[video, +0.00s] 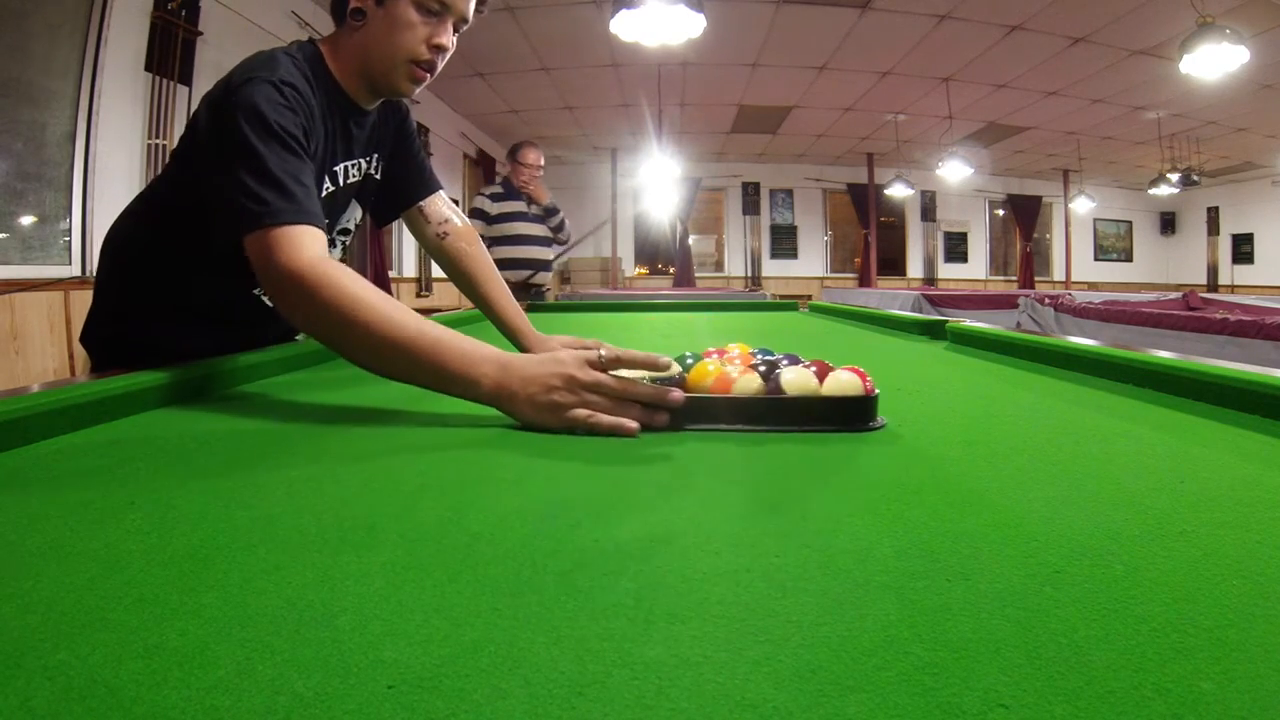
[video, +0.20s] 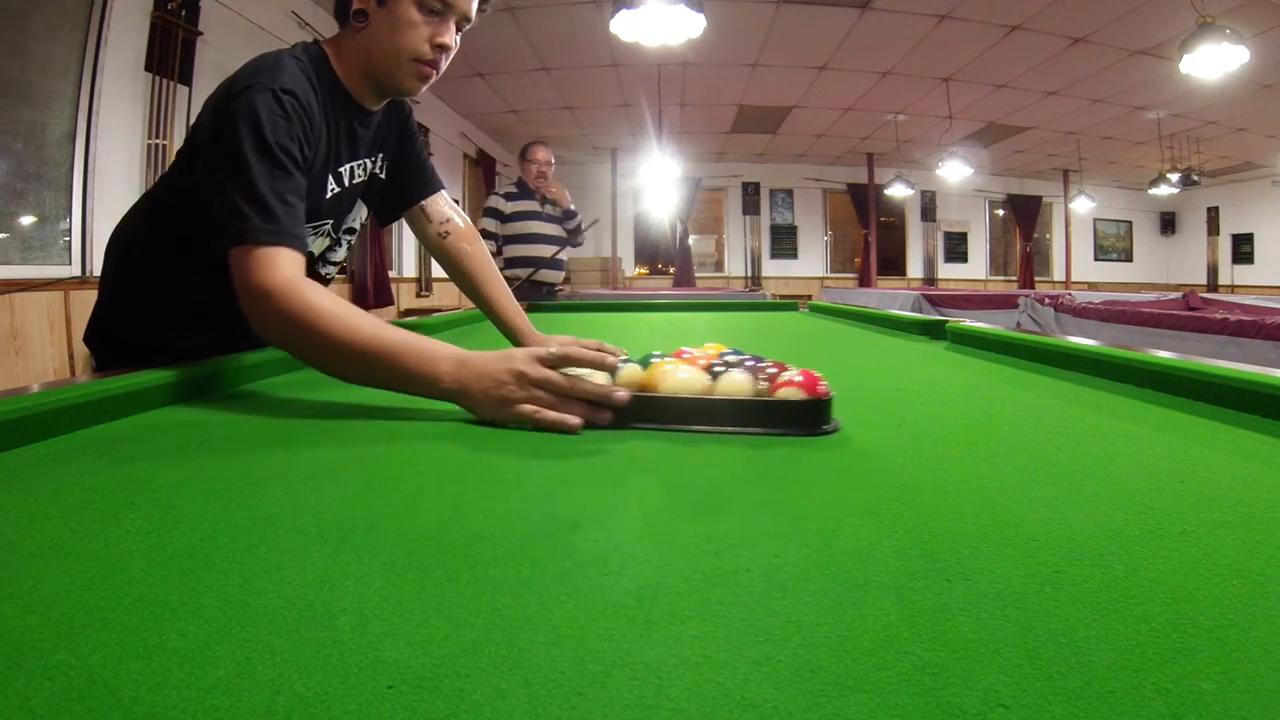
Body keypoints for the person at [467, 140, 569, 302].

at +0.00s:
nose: (536, 174)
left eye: (540, 168)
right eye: (529, 167)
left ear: (543, 169)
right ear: (511, 164)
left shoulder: (541, 199)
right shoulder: (489, 196)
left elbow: (564, 239)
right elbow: (472, 241)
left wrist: (547, 203)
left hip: (537, 293)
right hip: (502, 291)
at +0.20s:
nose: (542, 169)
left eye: (548, 164)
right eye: (535, 163)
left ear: (554, 168)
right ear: (522, 165)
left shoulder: (559, 200)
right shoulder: (502, 198)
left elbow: (577, 240)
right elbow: (485, 249)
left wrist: (566, 205)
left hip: (550, 293)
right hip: (515, 291)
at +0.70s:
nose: (544, 163)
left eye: (550, 157)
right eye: (537, 158)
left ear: (557, 163)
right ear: (525, 165)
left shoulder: (568, 202)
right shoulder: (507, 202)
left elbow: (587, 229)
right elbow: (490, 247)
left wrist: (596, 251)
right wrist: (495, 284)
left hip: (565, 295)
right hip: (527, 294)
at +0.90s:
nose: (542, 159)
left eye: (548, 154)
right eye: (534, 155)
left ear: (556, 161)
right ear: (524, 163)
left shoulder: (573, 199)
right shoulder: (507, 203)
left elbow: (592, 233)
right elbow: (490, 248)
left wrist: (607, 263)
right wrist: (495, 283)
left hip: (568, 296)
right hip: (527, 296)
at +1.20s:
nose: (545, 156)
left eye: (552, 151)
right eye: (537, 153)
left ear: (561, 160)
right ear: (529, 162)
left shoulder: (581, 199)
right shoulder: (511, 202)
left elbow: (600, 237)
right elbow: (494, 246)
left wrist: (617, 269)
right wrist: (502, 287)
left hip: (575, 296)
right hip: (530, 299)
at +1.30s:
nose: (551, 156)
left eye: (558, 151)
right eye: (543, 152)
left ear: (567, 161)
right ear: (534, 161)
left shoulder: (586, 200)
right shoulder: (515, 202)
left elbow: (604, 238)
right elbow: (499, 245)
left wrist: (621, 271)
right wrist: (504, 286)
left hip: (578, 298)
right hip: (533, 300)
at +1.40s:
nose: (557, 155)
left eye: (564, 151)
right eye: (550, 152)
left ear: (574, 160)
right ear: (541, 161)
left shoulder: (592, 201)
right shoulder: (521, 201)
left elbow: (610, 241)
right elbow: (505, 244)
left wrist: (627, 275)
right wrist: (509, 285)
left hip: (583, 298)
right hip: (538, 299)